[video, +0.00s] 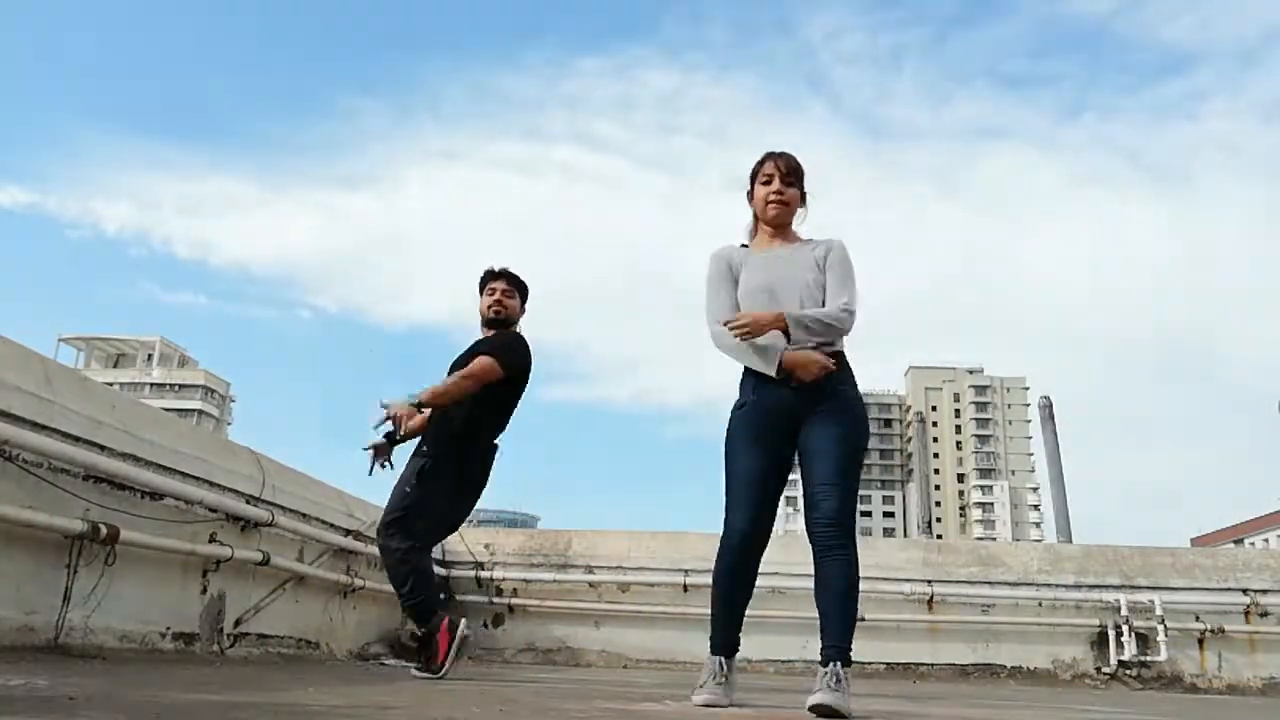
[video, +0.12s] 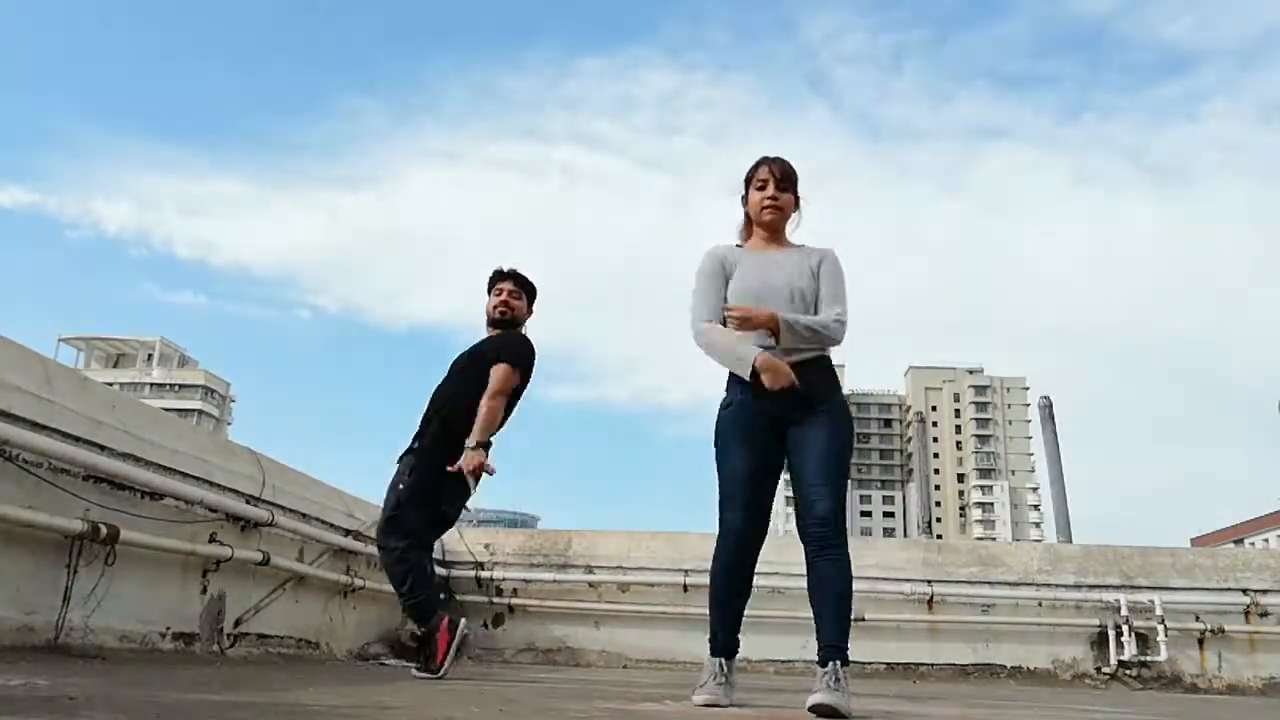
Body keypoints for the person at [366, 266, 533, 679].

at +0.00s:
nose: (498, 298)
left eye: (508, 294)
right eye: (491, 292)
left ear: (521, 308)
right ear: (480, 303)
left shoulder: (510, 345)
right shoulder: (479, 352)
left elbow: (469, 383)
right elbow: (441, 410)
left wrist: (417, 402)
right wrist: (393, 438)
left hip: (452, 460)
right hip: (446, 457)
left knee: (395, 534)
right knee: (409, 540)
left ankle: (435, 625)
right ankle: (432, 629)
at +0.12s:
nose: (504, 298)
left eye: (515, 295)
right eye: (498, 292)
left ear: (528, 310)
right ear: (487, 303)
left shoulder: (515, 344)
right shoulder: (489, 348)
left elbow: (497, 396)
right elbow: (460, 402)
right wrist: (422, 447)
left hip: (438, 458)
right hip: (434, 456)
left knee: (395, 539)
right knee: (409, 542)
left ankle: (436, 625)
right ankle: (432, 630)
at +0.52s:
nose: (523, 298)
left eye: (534, 295)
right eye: (516, 293)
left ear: (546, 311)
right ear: (505, 305)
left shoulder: (538, 346)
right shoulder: (503, 355)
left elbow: (510, 391)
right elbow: (476, 418)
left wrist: (468, 428)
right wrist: (440, 460)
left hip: (499, 465)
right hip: (474, 463)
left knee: (462, 548)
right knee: (426, 534)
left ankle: (478, 650)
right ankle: (472, 629)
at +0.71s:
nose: (530, 301)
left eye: (540, 298)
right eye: (523, 295)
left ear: (551, 312)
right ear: (511, 306)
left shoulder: (551, 351)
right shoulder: (505, 364)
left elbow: (509, 390)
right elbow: (469, 416)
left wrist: (451, 402)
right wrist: (419, 439)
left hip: (525, 469)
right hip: (503, 468)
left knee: (480, 550)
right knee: (488, 558)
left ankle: (482, 650)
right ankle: (552, 628)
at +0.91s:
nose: (541, 302)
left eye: (551, 299)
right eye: (534, 295)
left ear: (560, 313)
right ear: (520, 304)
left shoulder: (567, 354)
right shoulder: (501, 363)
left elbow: (549, 409)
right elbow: (484, 416)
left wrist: (495, 435)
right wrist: (467, 450)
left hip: (555, 475)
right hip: (516, 477)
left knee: (531, 554)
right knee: (547, 564)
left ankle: (516, 655)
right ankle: (595, 651)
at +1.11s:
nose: (538, 299)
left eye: (548, 297)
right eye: (532, 292)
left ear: (557, 312)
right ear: (517, 301)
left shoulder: (569, 361)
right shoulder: (488, 355)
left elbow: (577, 416)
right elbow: (472, 413)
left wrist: (578, 470)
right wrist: (464, 467)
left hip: (551, 481)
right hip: (499, 477)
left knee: (541, 569)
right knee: (471, 553)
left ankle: (524, 653)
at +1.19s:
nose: (536, 298)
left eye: (546, 297)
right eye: (529, 291)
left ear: (554, 312)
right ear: (514, 300)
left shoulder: (565, 361)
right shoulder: (483, 352)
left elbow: (585, 409)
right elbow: (461, 409)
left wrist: (603, 454)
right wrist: (446, 464)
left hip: (548, 477)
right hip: (494, 472)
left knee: (539, 567)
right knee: (459, 548)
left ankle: (524, 654)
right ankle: (470, 634)